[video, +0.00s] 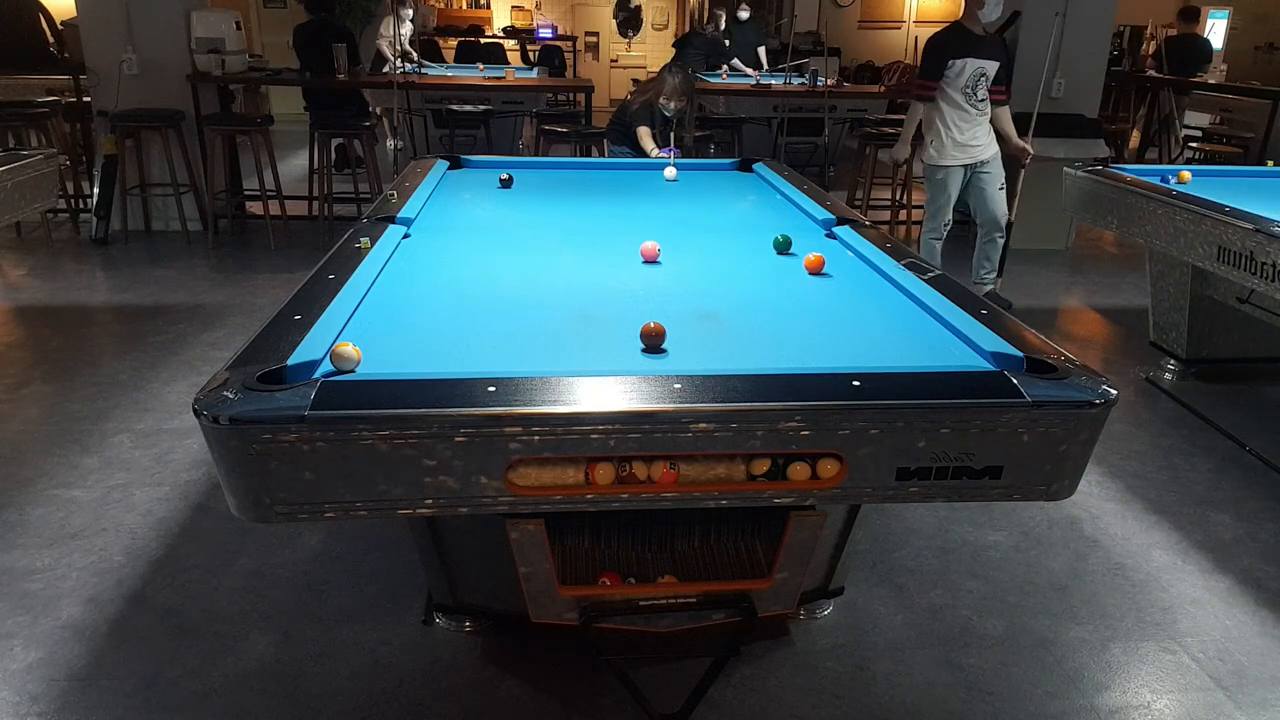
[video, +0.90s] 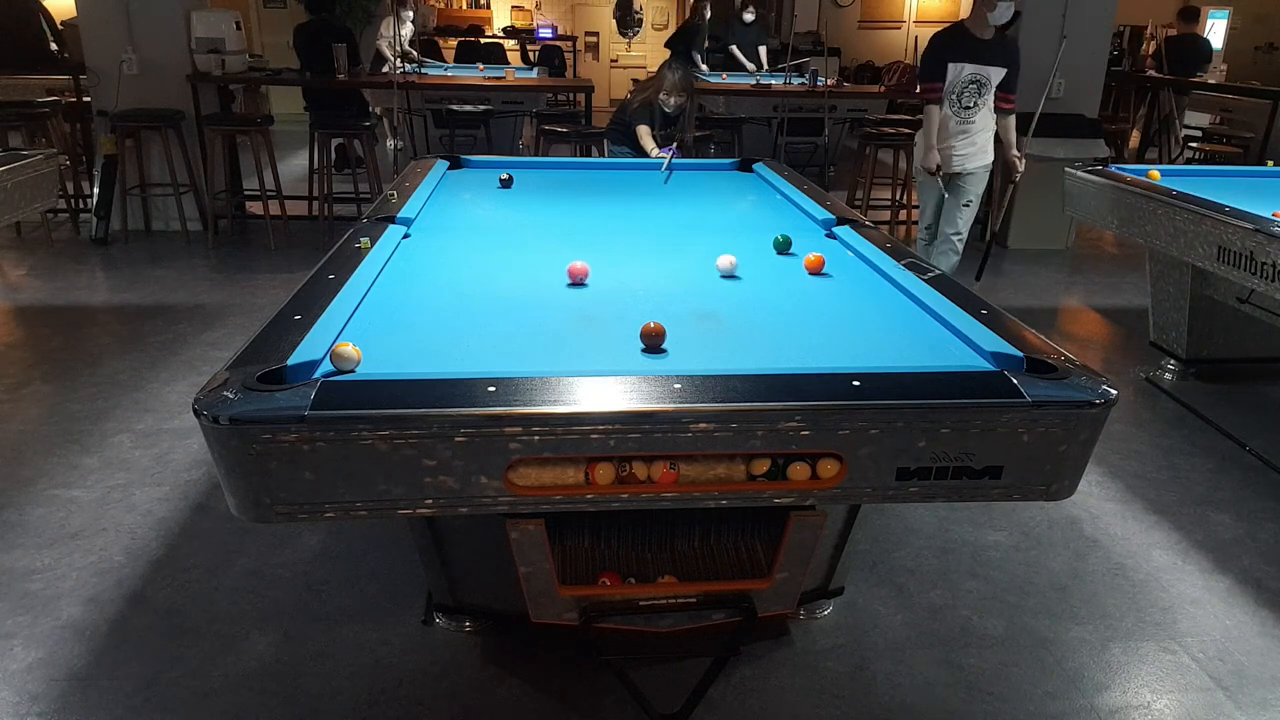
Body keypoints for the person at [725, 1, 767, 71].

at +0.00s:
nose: (743, 13)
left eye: (746, 10)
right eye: (740, 10)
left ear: (750, 12)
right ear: (736, 11)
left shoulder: (756, 26)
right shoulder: (731, 25)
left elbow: (761, 46)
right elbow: (726, 45)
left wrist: (765, 66)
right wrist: (724, 63)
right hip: (733, 69)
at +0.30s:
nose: (746, 15)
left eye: (749, 12)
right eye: (744, 12)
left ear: (753, 12)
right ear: (739, 12)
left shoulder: (757, 26)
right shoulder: (732, 24)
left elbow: (761, 46)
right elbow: (726, 43)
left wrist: (765, 66)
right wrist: (724, 63)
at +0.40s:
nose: (748, 16)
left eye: (751, 13)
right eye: (745, 13)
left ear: (754, 13)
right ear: (739, 12)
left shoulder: (756, 25)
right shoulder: (732, 25)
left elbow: (761, 46)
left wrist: (765, 66)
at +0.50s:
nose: (749, 16)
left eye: (751, 13)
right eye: (746, 13)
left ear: (755, 13)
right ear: (741, 12)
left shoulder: (757, 25)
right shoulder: (732, 24)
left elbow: (761, 46)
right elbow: (725, 44)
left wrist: (765, 65)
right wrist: (724, 63)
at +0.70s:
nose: (750, 16)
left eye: (753, 14)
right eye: (747, 14)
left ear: (756, 14)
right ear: (741, 13)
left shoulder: (758, 26)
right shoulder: (732, 25)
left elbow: (761, 46)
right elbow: (726, 44)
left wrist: (765, 66)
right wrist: (730, 63)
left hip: (754, 69)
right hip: (736, 69)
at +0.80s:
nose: (750, 17)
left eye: (753, 14)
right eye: (747, 14)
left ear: (756, 14)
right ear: (742, 13)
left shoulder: (758, 26)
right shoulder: (733, 25)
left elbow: (762, 46)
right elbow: (727, 45)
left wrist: (765, 65)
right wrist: (738, 62)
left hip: (754, 69)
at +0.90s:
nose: (749, 16)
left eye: (752, 14)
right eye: (747, 13)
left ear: (755, 14)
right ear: (741, 13)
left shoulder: (758, 26)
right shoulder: (733, 25)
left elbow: (762, 46)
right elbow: (732, 47)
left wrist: (765, 65)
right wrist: (747, 64)